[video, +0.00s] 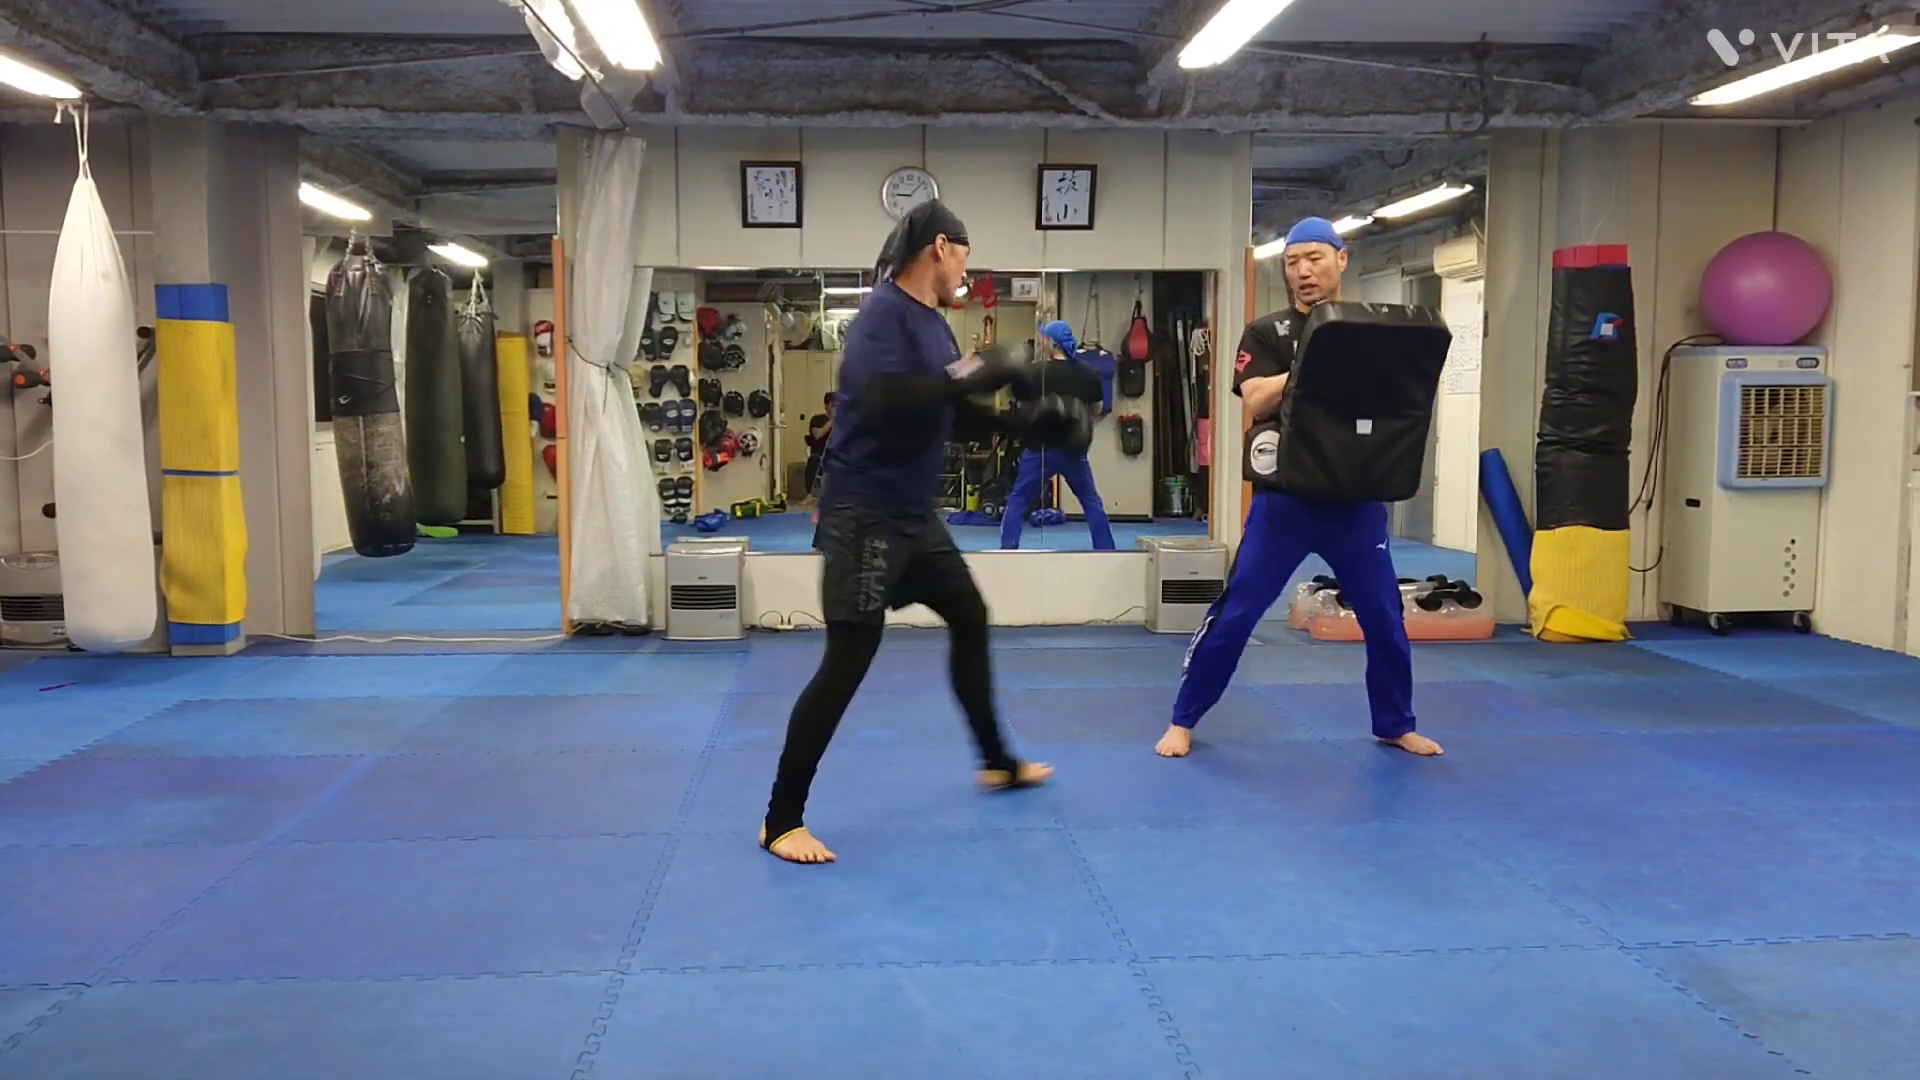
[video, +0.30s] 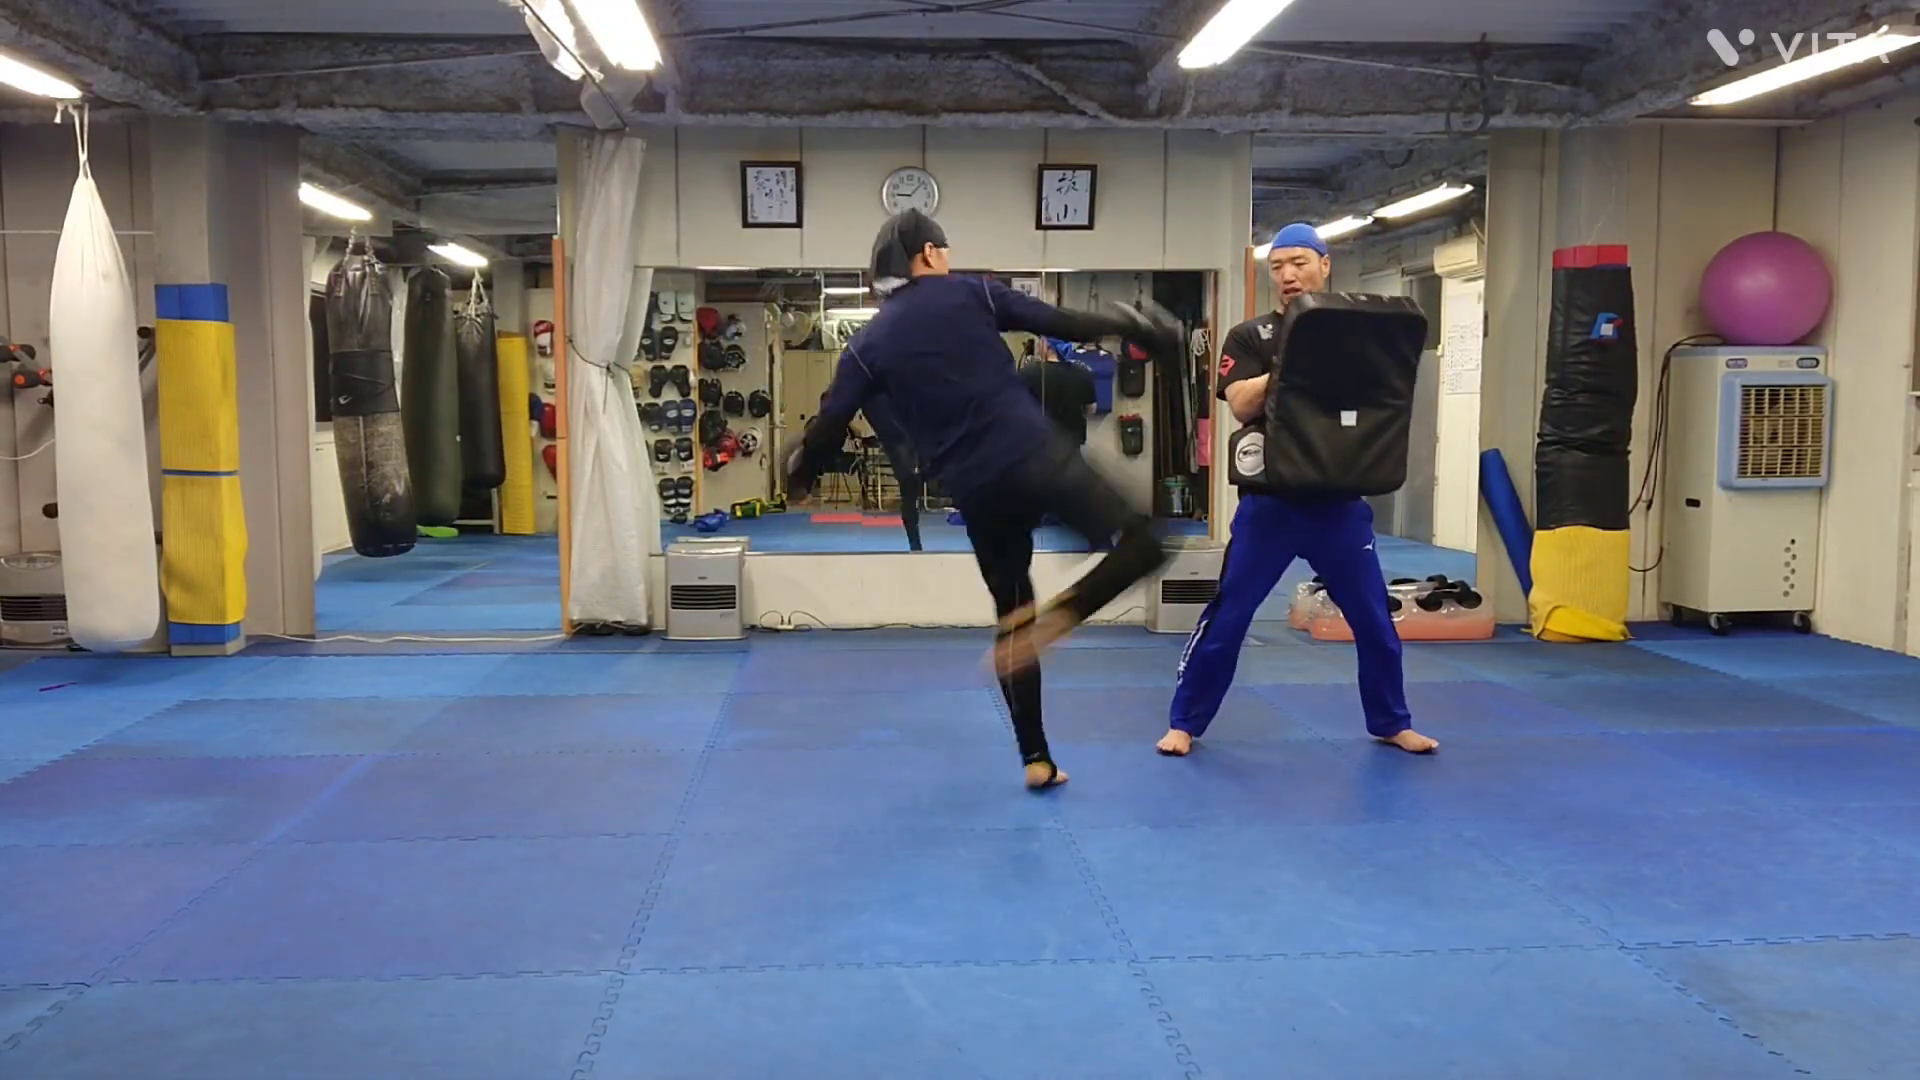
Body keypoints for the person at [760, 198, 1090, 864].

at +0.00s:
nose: (967, 270)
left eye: (968, 258)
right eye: (964, 256)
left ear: (932, 252)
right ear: (937, 250)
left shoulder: (932, 326)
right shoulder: (881, 316)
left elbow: (953, 413)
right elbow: (877, 396)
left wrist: (1022, 419)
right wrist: (966, 377)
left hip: (913, 515)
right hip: (861, 517)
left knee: (969, 617)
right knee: (848, 657)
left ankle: (997, 761)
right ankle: (782, 822)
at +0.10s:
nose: (971, 270)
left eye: (969, 259)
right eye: (966, 258)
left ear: (925, 261)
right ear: (944, 257)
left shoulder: (916, 325)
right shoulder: (926, 323)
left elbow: (877, 432)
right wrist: (1025, 317)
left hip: (944, 518)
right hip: (912, 517)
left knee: (1013, 612)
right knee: (879, 655)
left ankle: (1036, 768)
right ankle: (789, 819)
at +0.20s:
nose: (955, 259)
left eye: (949, 250)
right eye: (949, 250)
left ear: (902, 270)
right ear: (933, 258)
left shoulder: (879, 348)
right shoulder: (977, 299)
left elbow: (833, 430)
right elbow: (1068, 322)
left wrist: (803, 484)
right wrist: (1063, 289)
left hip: (958, 496)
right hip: (1009, 479)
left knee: (1031, 623)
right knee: (1035, 624)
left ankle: (1035, 766)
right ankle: (916, 711)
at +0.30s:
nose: (949, 258)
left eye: (945, 250)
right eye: (944, 250)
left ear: (888, 270)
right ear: (926, 256)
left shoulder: (869, 343)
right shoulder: (970, 292)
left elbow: (830, 424)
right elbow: (1060, 322)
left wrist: (805, 466)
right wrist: (1128, 322)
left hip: (976, 491)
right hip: (1036, 455)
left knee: (1015, 618)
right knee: (1143, 542)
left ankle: (1036, 760)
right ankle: (1053, 621)